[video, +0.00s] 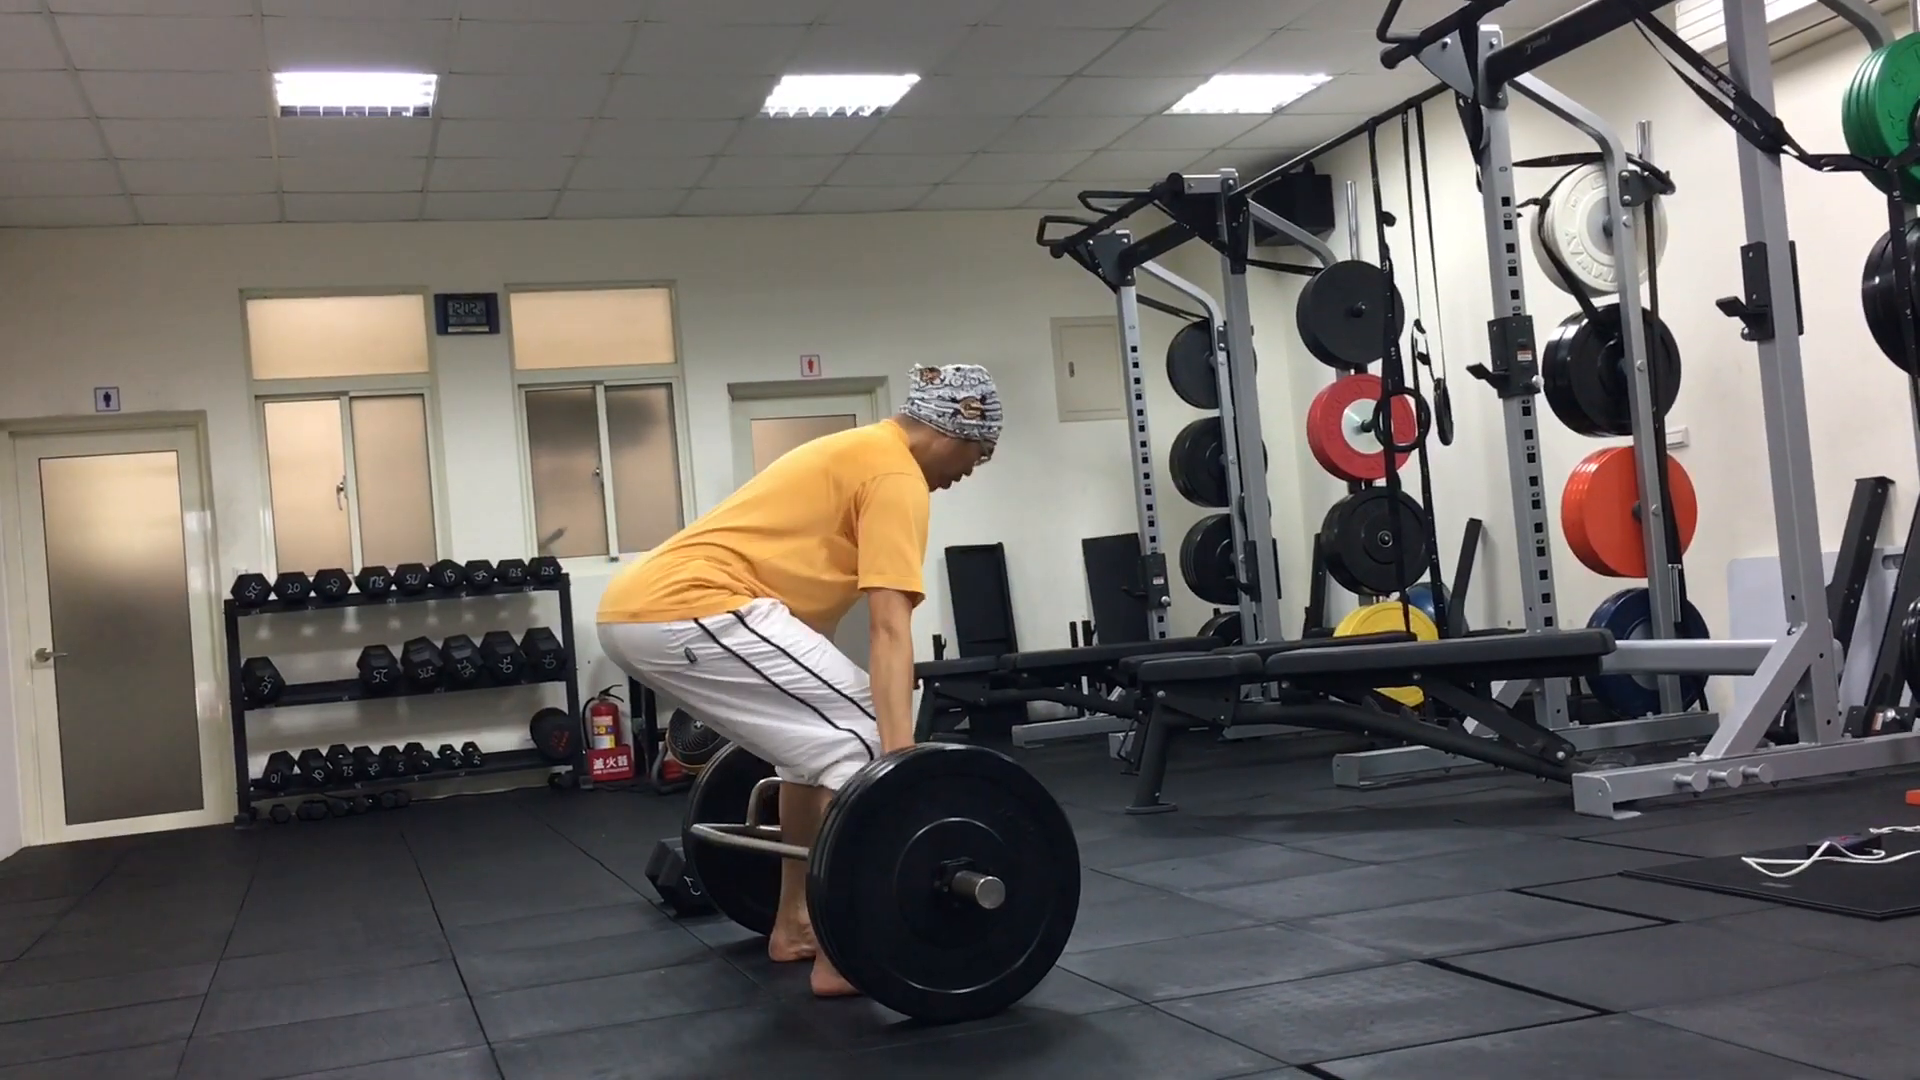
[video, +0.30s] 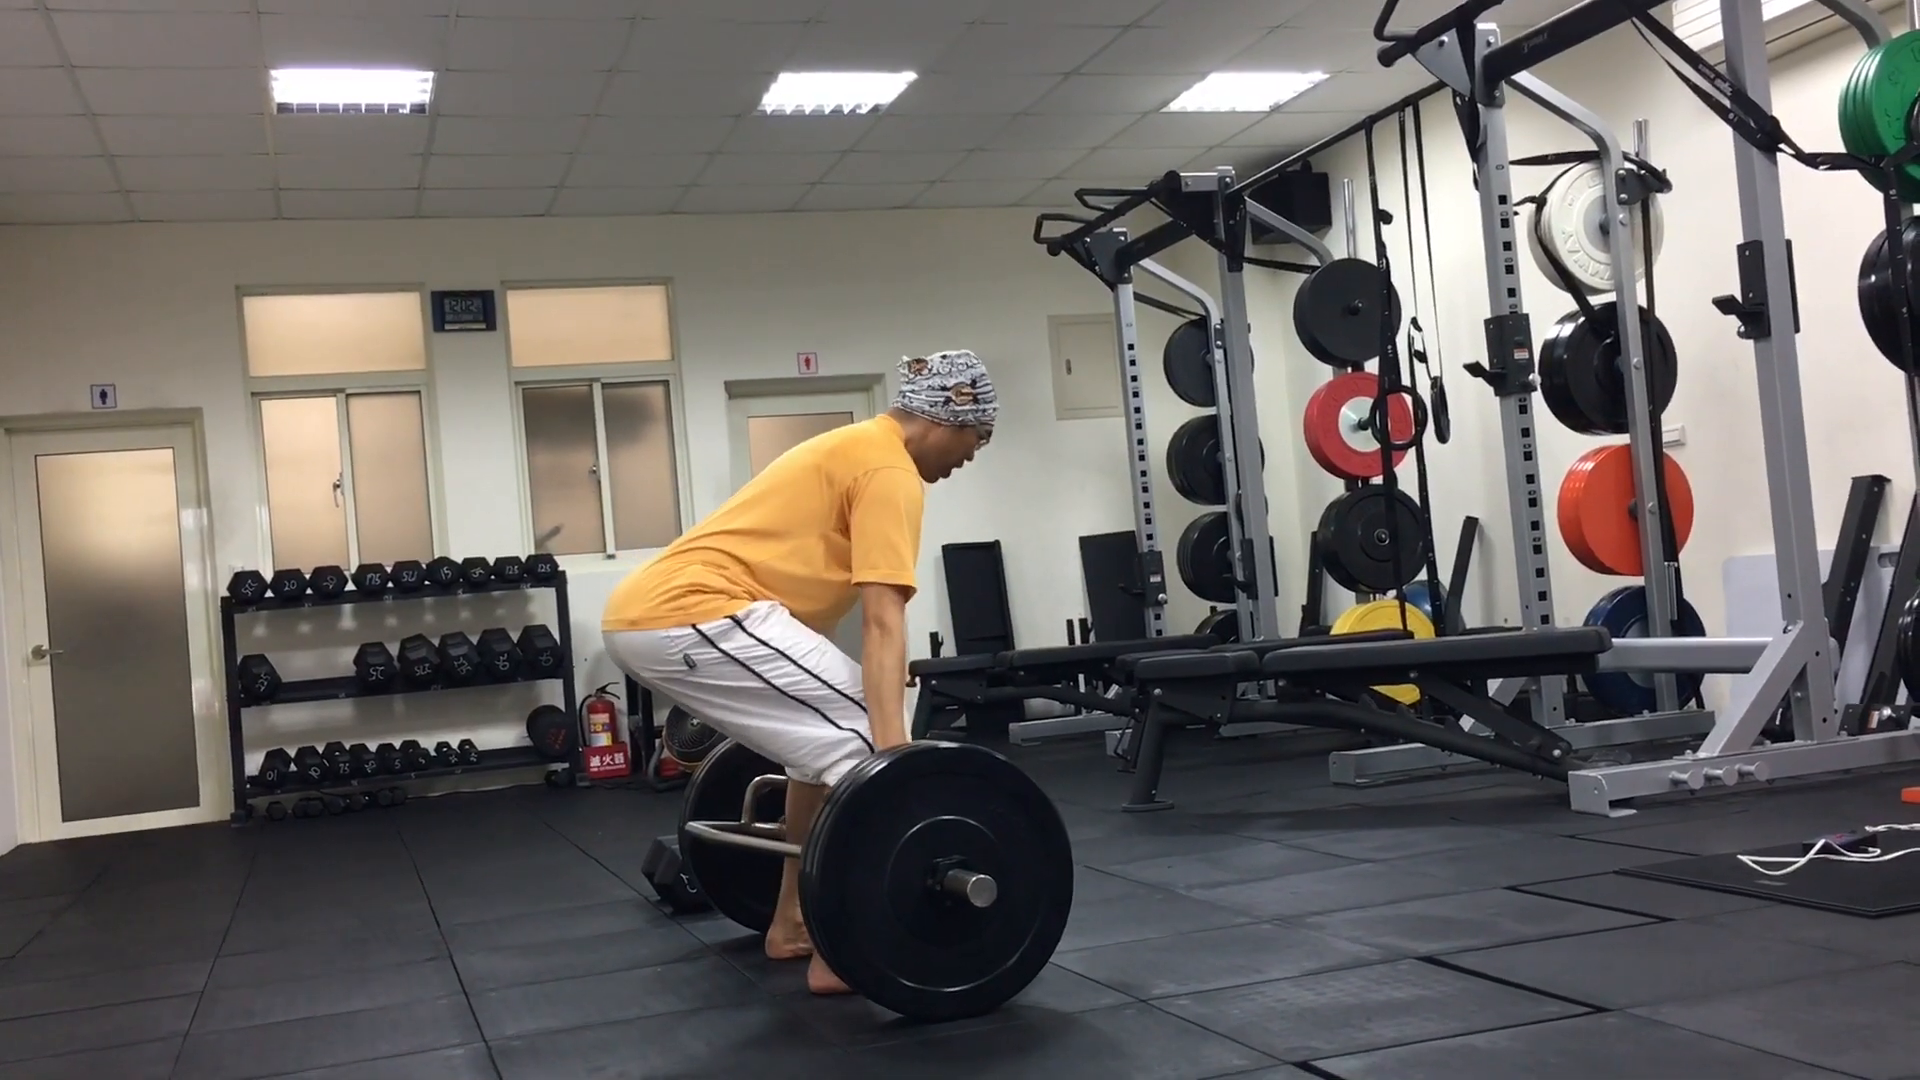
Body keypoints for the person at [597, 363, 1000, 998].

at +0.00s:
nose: (970, 473)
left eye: (979, 460)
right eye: (976, 455)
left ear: (920, 419)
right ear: (949, 430)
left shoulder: (856, 453)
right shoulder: (894, 474)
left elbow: (798, 609)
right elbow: (889, 625)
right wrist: (901, 755)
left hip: (641, 610)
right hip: (697, 609)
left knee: (813, 739)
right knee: (870, 733)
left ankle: (795, 924)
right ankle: (849, 955)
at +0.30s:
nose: (969, 459)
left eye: (978, 445)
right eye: (974, 441)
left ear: (920, 411)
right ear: (944, 418)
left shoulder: (855, 449)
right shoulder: (887, 468)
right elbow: (882, 616)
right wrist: (893, 750)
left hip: (651, 611)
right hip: (697, 610)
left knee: (829, 730)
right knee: (868, 732)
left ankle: (791, 923)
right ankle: (840, 954)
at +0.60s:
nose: (970, 449)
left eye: (977, 435)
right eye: (973, 431)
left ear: (916, 407)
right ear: (938, 413)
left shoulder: (852, 446)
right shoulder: (880, 465)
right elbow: (872, 612)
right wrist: (882, 744)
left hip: (653, 618)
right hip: (698, 616)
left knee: (830, 725)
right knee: (875, 725)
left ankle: (788, 921)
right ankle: (840, 950)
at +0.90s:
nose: (968, 445)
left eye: (974, 431)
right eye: (970, 427)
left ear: (912, 403)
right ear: (937, 409)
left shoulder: (848, 445)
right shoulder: (877, 464)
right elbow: (867, 612)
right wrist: (875, 747)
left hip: (653, 620)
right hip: (699, 617)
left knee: (833, 723)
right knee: (885, 718)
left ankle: (787, 916)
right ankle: (841, 945)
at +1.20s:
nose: (961, 433)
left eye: (967, 419)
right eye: (962, 415)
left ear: (906, 393)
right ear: (927, 396)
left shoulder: (838, 438)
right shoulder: (870, 453)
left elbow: (805, 599)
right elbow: (861, 605)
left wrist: (802, 737)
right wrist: (870, 739)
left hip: (662, 623)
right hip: (704, 622)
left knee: (848, 719)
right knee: (893, 715)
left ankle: (786, 910)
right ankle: (837, 939)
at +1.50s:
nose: (961, 419)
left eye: (967, 405)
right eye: (962, 401)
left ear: (907, 382)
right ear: (926, 384)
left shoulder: (841, 428)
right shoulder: (874, 442)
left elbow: (825, 588)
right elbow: (859, 593)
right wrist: (872, 733)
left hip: (672, 613)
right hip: (717, 613)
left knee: (859, 713)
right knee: (904, 714)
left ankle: (785, 904)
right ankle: (838, 934)